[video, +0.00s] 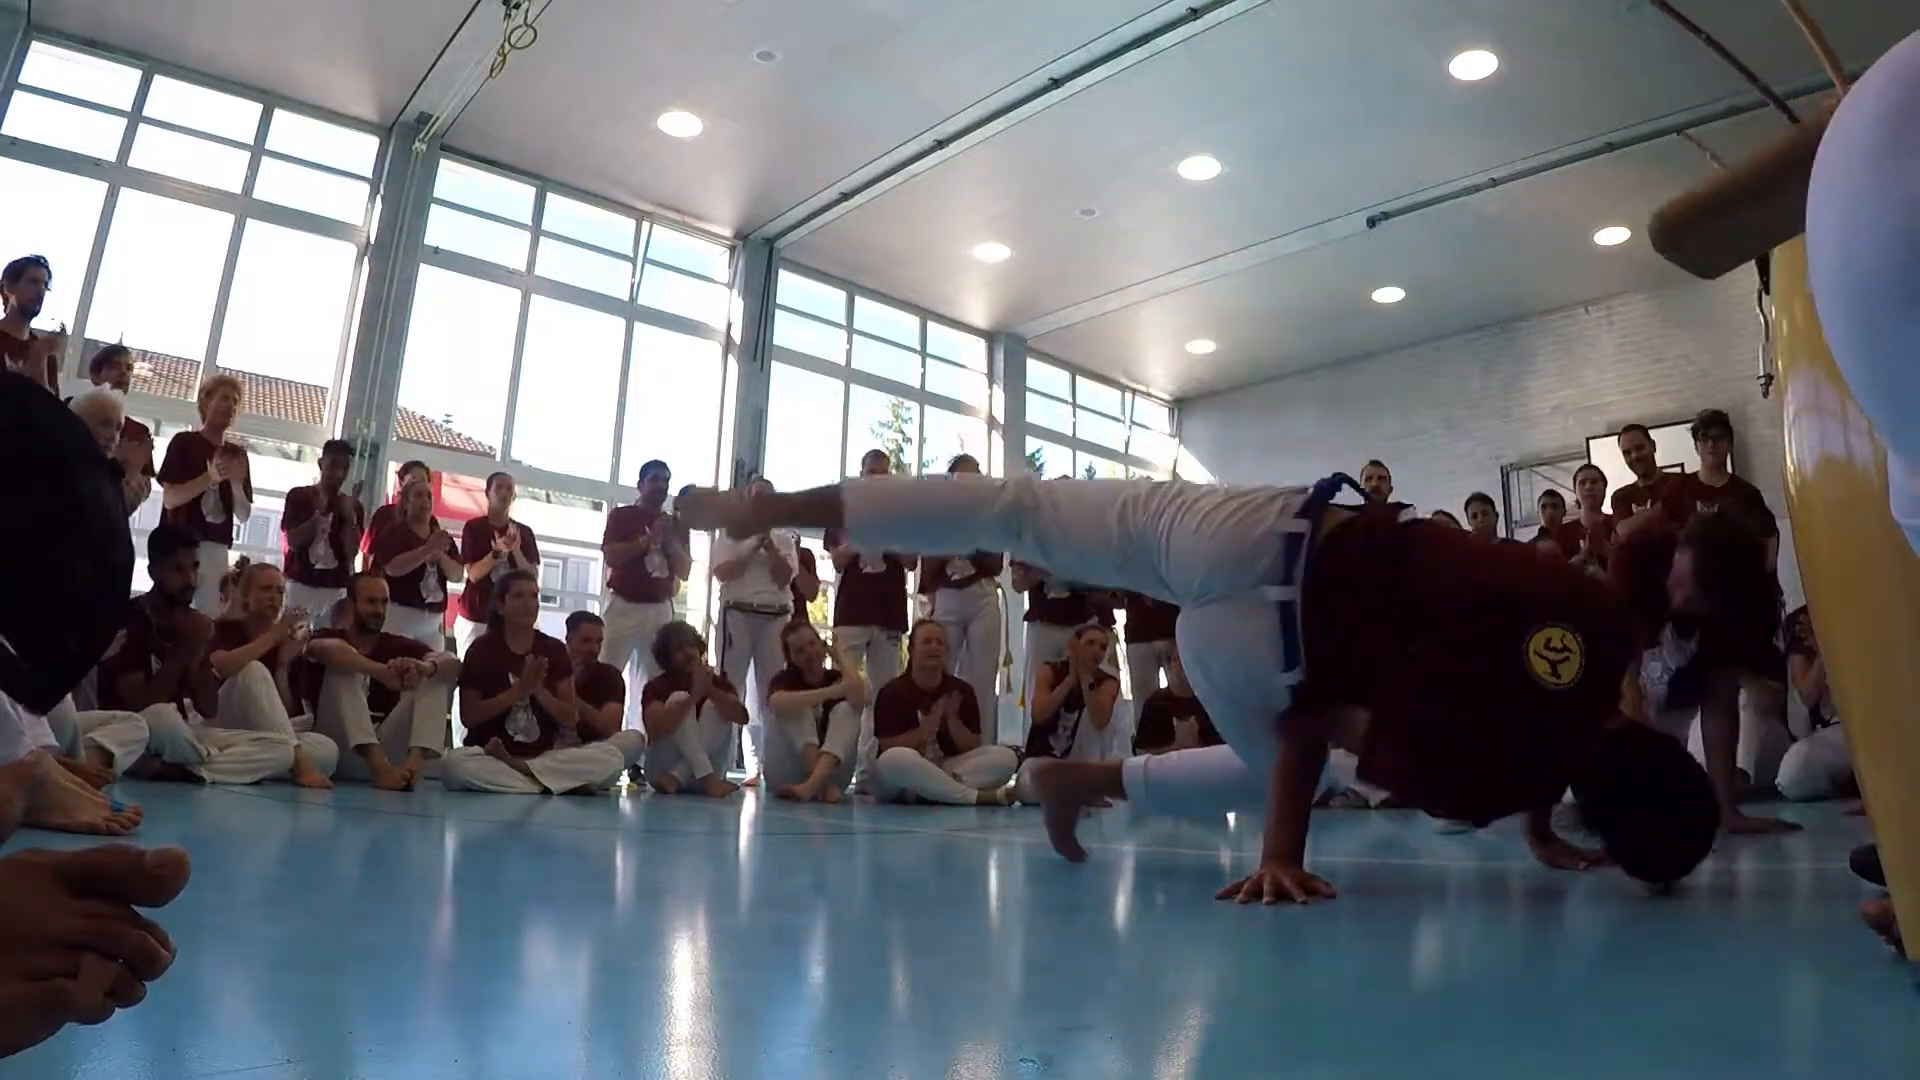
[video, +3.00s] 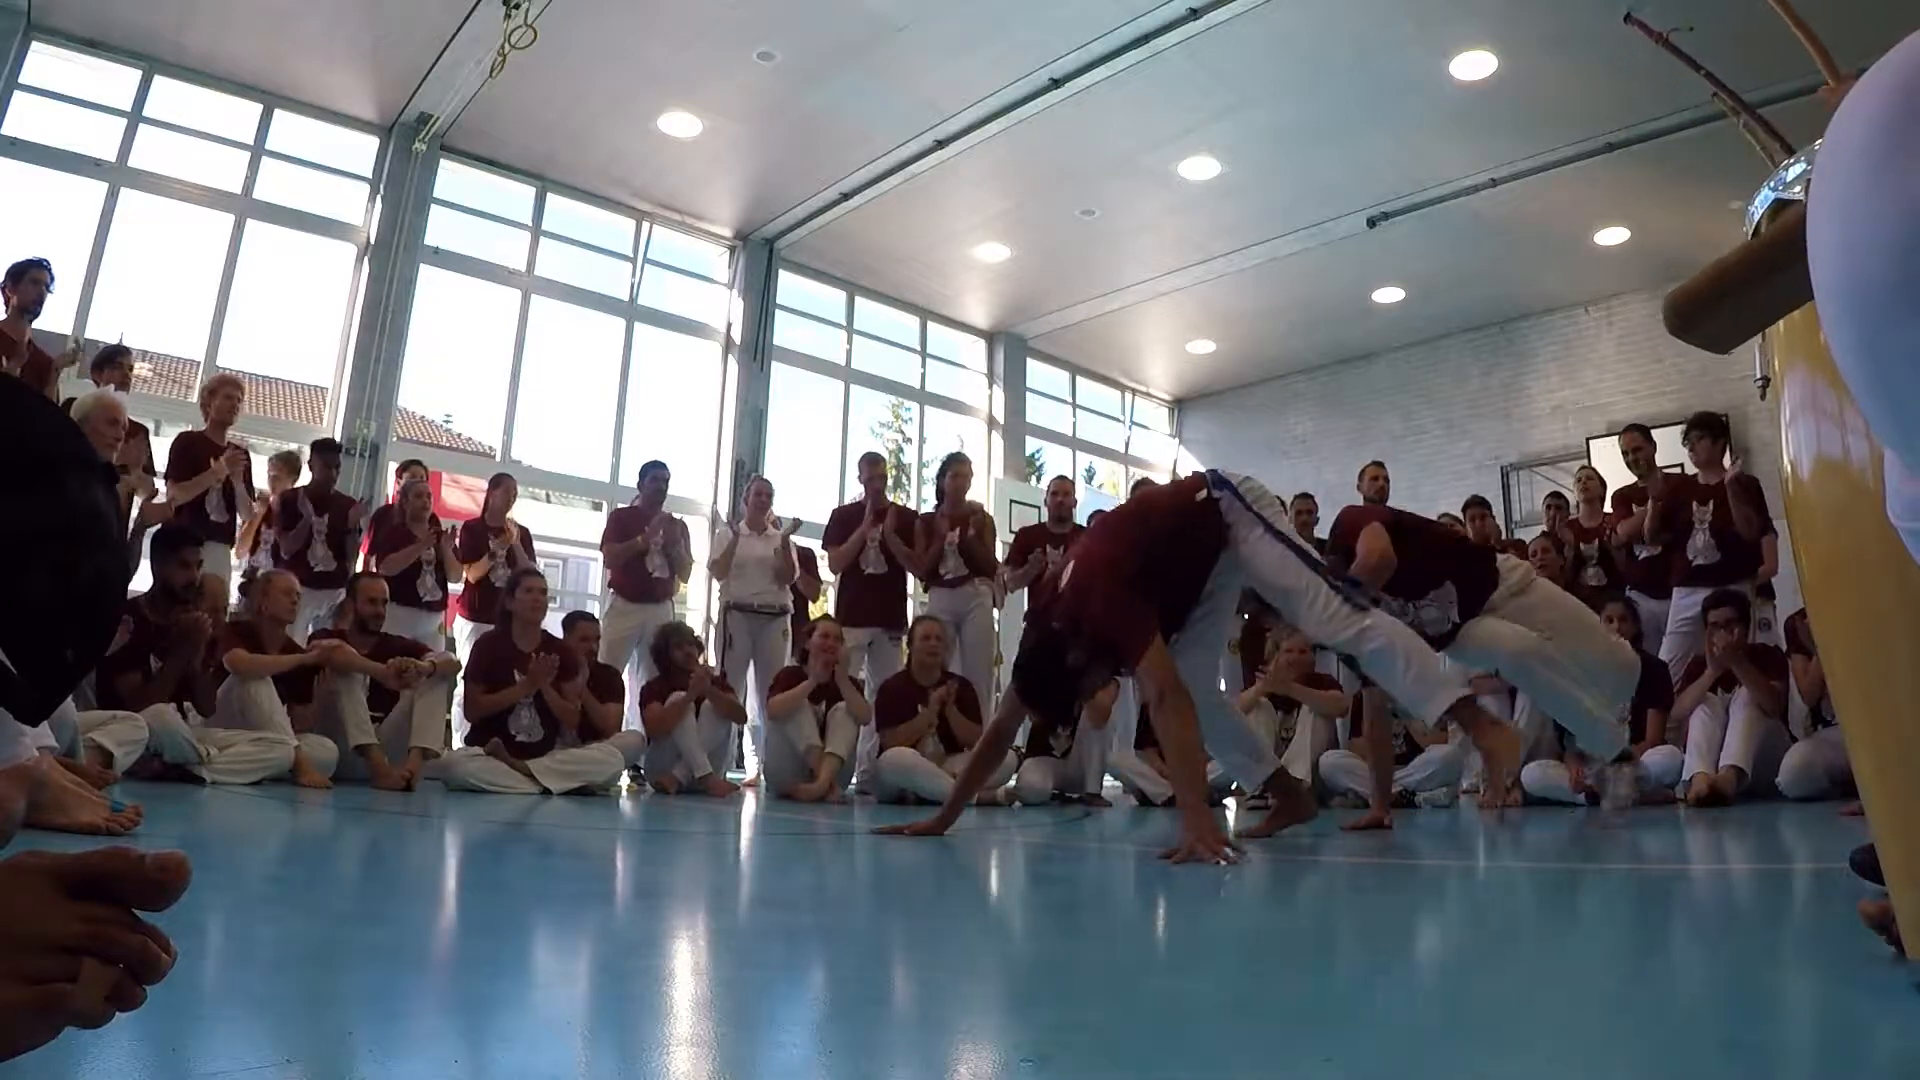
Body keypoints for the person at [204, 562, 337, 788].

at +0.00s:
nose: (274, 597)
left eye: (279, 591)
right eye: (265, 589)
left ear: (284, 597)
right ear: (245, 594)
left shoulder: (285, 641)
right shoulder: (224, 628)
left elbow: (290, 712)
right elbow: (220, 666)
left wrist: (283, 665)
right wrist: (273, 637)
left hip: (271, 733)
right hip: (223, 725)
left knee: (327, 751)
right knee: (253, 671)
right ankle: (299, 762)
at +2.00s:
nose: (273, 598)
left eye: (278, 592)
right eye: (264, 590)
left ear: (283, 597)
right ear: (245, 595)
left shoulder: (289, 645)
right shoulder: (226, 630)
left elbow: (290, 712)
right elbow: (220, 665)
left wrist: (282, 665)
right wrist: (279, 640)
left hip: (273, 734)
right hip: (225, 726)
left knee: (326, 752)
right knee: (253, 671)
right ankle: (300, 763)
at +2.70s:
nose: (285, 598)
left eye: (288, 592)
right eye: (277, 591)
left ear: (291, 598)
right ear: (252, 600)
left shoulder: (290, 646)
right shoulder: (232, 629)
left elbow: (302, 716)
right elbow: (225, 654)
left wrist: (312, 666)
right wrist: (290, 647)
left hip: (272, 733)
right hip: (224, 728)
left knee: (327, 752)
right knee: (253, 671)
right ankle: (298, 760)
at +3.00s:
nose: (295, 601)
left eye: (298, 596)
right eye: (287, 594)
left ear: (301, 601)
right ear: (262, 600)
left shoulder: (298, 654)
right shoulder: (233, 631)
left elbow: (301, 724)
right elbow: (239, 665)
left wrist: (322, 694)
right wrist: (305, 658)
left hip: (269, 736)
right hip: (222, 727)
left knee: (326, 753)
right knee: (253, 678)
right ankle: (298, 762)